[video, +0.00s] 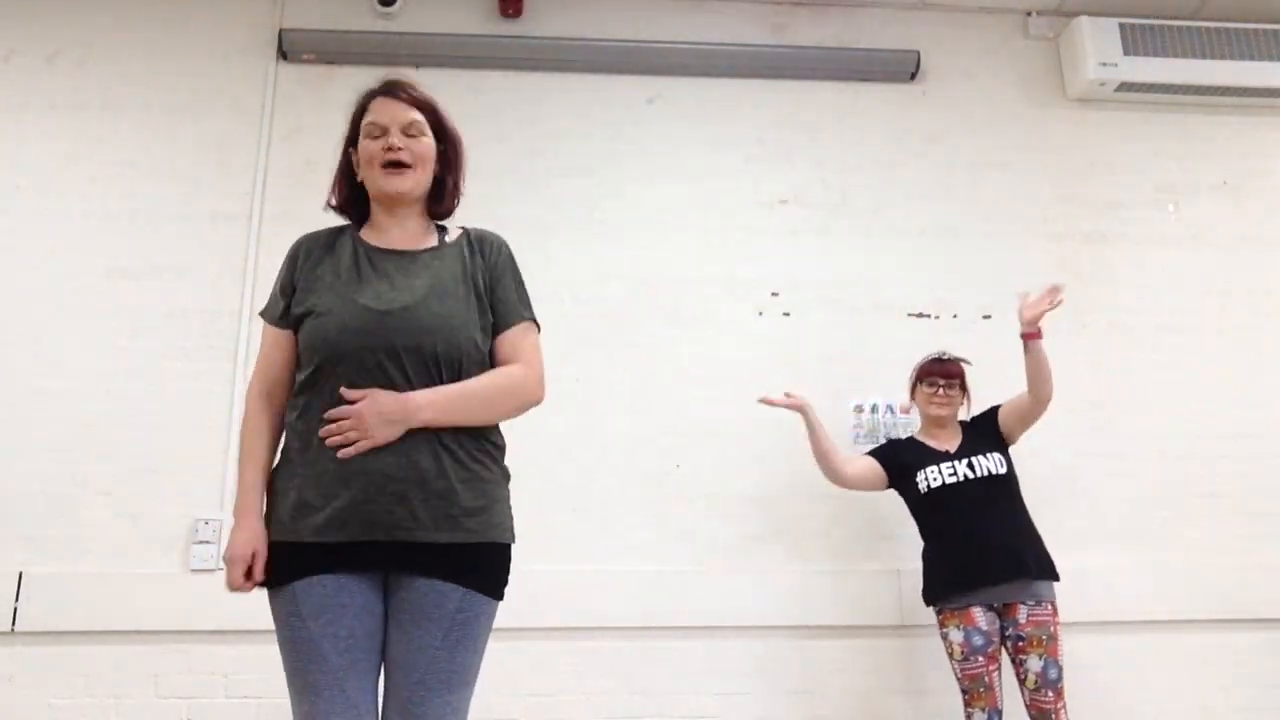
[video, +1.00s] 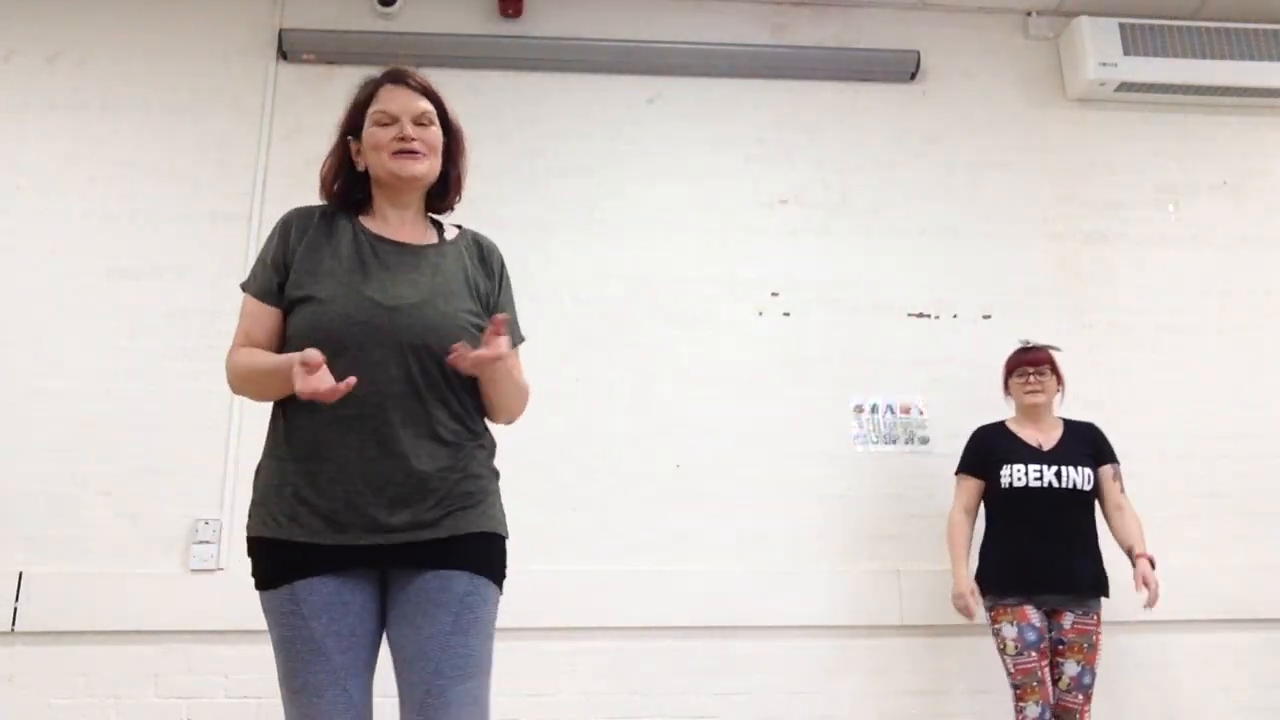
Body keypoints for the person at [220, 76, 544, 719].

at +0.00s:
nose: (394, 143)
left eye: (413, 132)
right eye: (376, 133)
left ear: (440, 156)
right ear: (355, 160)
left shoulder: (483, 255)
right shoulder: (311, 257)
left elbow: (526, 380)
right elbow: (267, 396)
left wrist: (409, 408)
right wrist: (248, 517)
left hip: (454, 536)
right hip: (317, 536)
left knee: (429, 714)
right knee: (331, 714)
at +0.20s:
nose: (399, 145)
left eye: (419, 135)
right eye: (382, 132)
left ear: (444, 160)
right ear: (359, 153)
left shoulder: (479, 261)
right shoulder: (306, 255)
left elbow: (517, 384)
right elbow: (264, 392)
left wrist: (402, 407)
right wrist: (253, 507)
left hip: (454, 537)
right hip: (320, 536)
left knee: (429, 714)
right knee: (331, 714)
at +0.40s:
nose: (402, 147)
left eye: (420, 135)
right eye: (383, 135)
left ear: (447, 158)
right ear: (359, 157)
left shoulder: (481, 264)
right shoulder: (309, 252)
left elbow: (516, 394)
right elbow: (257, 379)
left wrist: (417, 399)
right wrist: (252, 458)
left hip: (451, 536)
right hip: (314, 534)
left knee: (426, 714)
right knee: (327, 713)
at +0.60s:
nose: (404, 141)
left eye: (421, 130)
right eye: (384, 130)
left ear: (445, 156)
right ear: (358, 156)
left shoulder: (479, 265)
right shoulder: (304, 246)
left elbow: (515, 404)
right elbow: (251, 377)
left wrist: (465, 383)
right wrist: (302, 385)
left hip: (445, 533)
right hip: (307, 529)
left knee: (421, 714)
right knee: (322, 713)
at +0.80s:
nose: (402, 134)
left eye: (419, 124)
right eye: (381, 124)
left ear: (439, 150)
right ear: (351, 149)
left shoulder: (471, 262)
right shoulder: (295, 239)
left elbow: (502, 408)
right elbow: (234, 372)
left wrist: (468, 385)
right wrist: (311, 366)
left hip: (442, 522)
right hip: (304, 521)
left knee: (427, 713)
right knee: (319, 713)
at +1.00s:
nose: (409, 133)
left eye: (424, 122)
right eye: (387, 123)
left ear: (445, 148)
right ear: (357, 149)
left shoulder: (478, 258)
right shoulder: (302, 234)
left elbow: (509, 408)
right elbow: (242, 366)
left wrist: (497, 362)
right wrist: (289, 372)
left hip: (450, 520)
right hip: (310, 521)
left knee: (451, 713)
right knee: (324, 714)